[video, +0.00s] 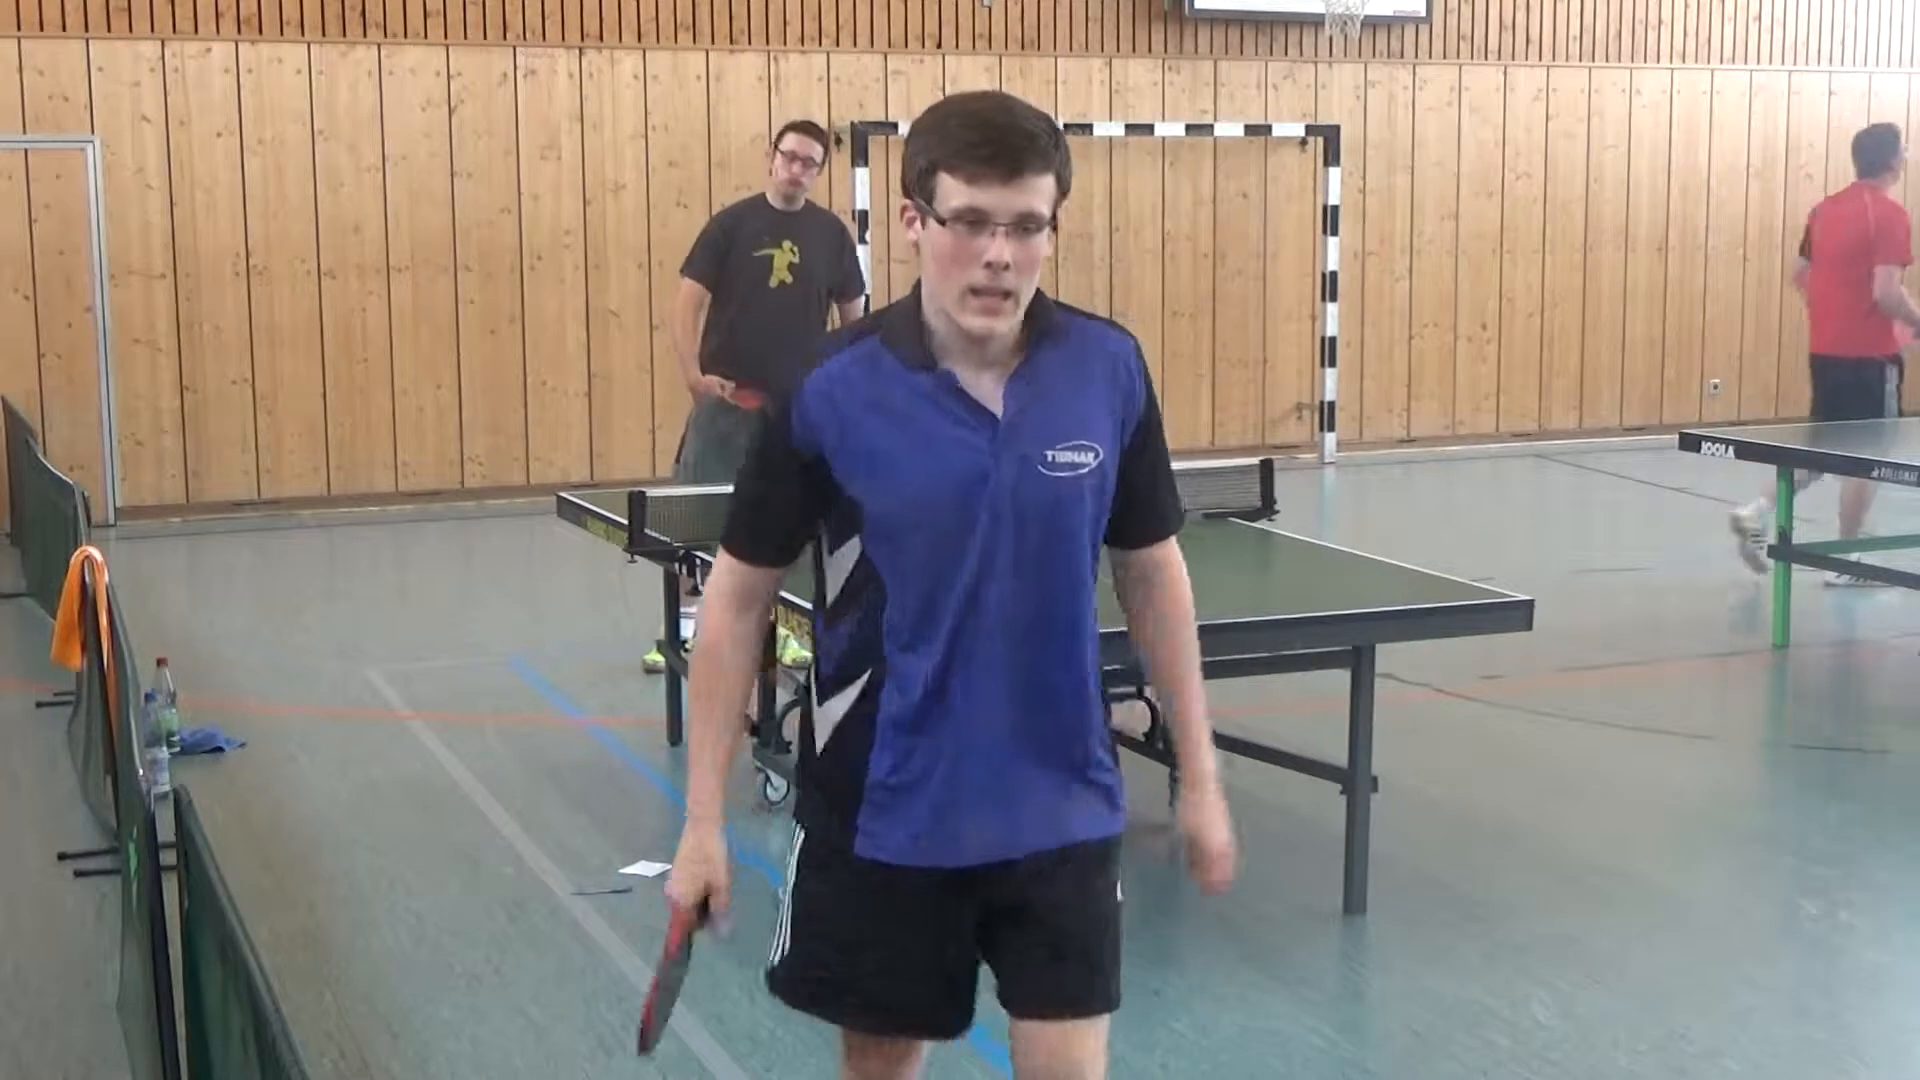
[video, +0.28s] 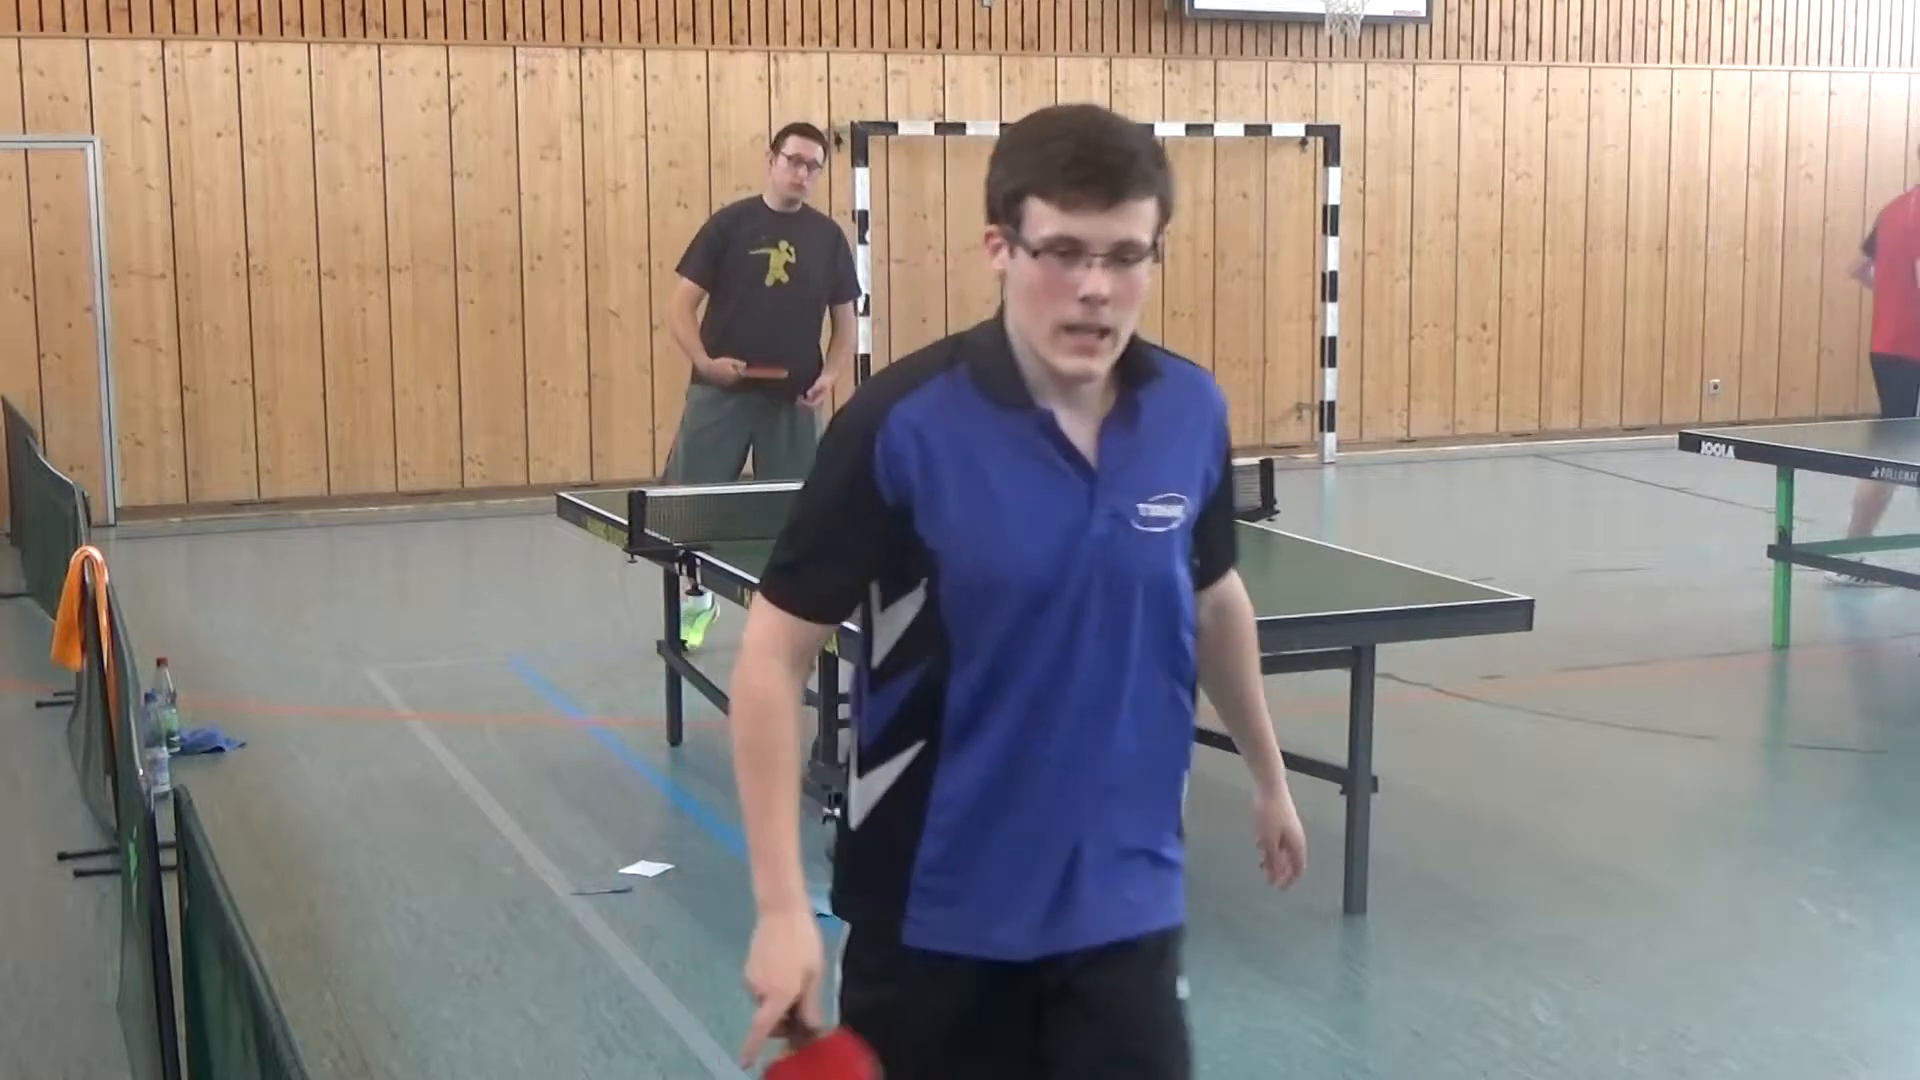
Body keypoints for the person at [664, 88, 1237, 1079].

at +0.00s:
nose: (999, 258)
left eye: (1026, 228)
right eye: (971, 223)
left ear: (1055, 231)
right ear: (914, 221)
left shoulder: (1105, 367)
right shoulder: (834, 395)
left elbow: (1153, 572)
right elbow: (736, 601)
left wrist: (1198, 775)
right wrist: (702, 822)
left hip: (1059, 804)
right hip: (886, 809)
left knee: (1069, 1064)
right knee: (880, 1059)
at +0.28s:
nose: (1096, 289)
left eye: (1126, 256)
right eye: (1062, 253)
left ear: (1155, 260)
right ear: (998, 251)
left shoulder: (1189, 411)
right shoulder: (895, 425)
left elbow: (1216, 599)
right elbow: (770, 657)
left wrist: (1269, 781)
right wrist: (779, 908)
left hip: (1124, 913)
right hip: (932, 924)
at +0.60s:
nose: (1209, 260)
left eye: (1242, 223)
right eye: (1172, 220)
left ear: (1276, 225)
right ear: (1097, 219)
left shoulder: (1318, 415)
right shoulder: (979, 424)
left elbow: (1364, 676)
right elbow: (873, 689)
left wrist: (1407, 930)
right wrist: (883, 977)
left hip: (1274, 972)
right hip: (1067, 981)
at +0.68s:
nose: (1247, 268)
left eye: (1280, 228)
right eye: (1205, 228)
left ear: (1311, 231)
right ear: (1125, 234)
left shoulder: (1356, 429)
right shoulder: (1004, 450)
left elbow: (1411, 679)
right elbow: (903, 722)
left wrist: (1457, 900)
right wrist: (916, 1018)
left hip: (1302, 994)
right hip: (1096, 1014)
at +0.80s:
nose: (1296, 298)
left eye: (1327, 252)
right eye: (1250, 256)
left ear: (1363, 248)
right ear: (1165, 261)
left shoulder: (1415, 454)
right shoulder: (1047, 493)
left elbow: (1479, 703)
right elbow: (950, 795)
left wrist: (1530, 904)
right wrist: (951, 1059)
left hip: (1371, 1027)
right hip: (1157, 1043)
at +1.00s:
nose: (1408, 279)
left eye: (1445, 226)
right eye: (1358, 230)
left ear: (1488, 211)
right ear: (1256, 224)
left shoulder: (1532, 432)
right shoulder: (1135, 494)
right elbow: (1040, 837)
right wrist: (1038, 1069)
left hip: (1521, 1049)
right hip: (1269, 1059)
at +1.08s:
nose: (1486, 272)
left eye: (1525, 216)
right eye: (1432, 222)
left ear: (1566, 206)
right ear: (1324, 217)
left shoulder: (1593, 437)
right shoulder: (1187, 492)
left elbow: (1622, 754)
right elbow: (1070, 863)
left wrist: (1690, 1054)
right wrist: (1088, 1068)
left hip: (1592, 1053)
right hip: (1325, 1059)